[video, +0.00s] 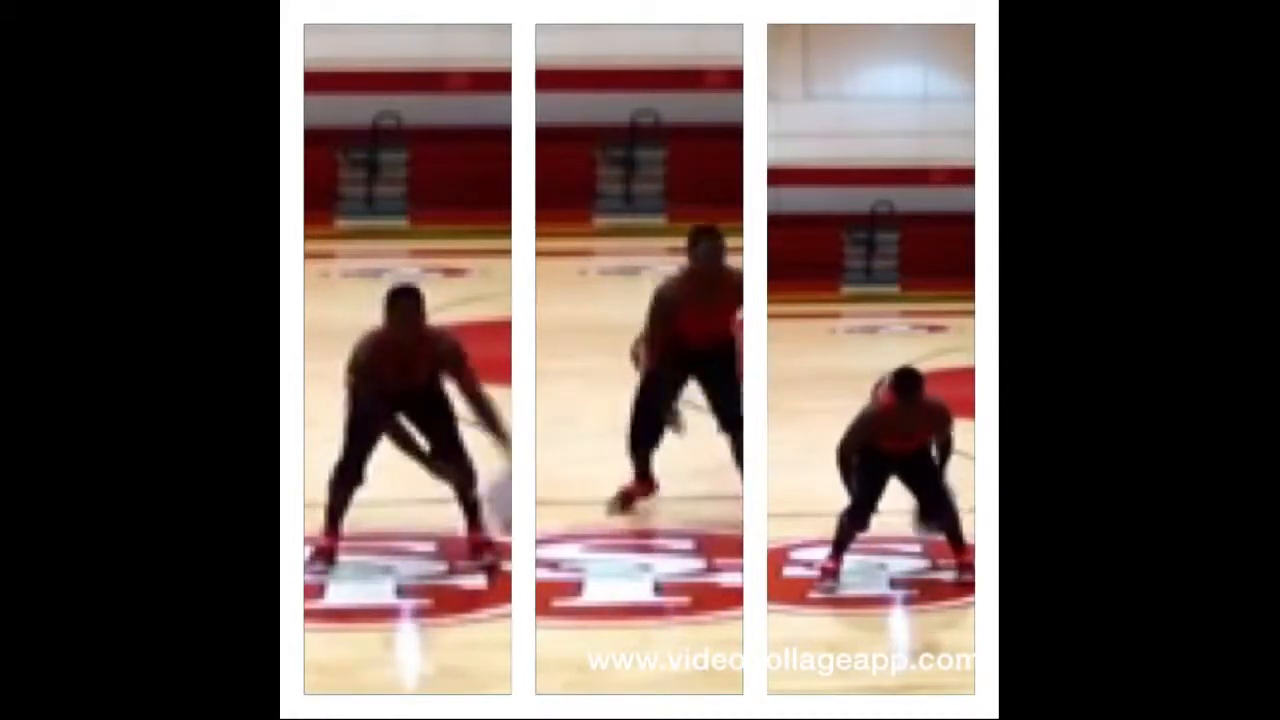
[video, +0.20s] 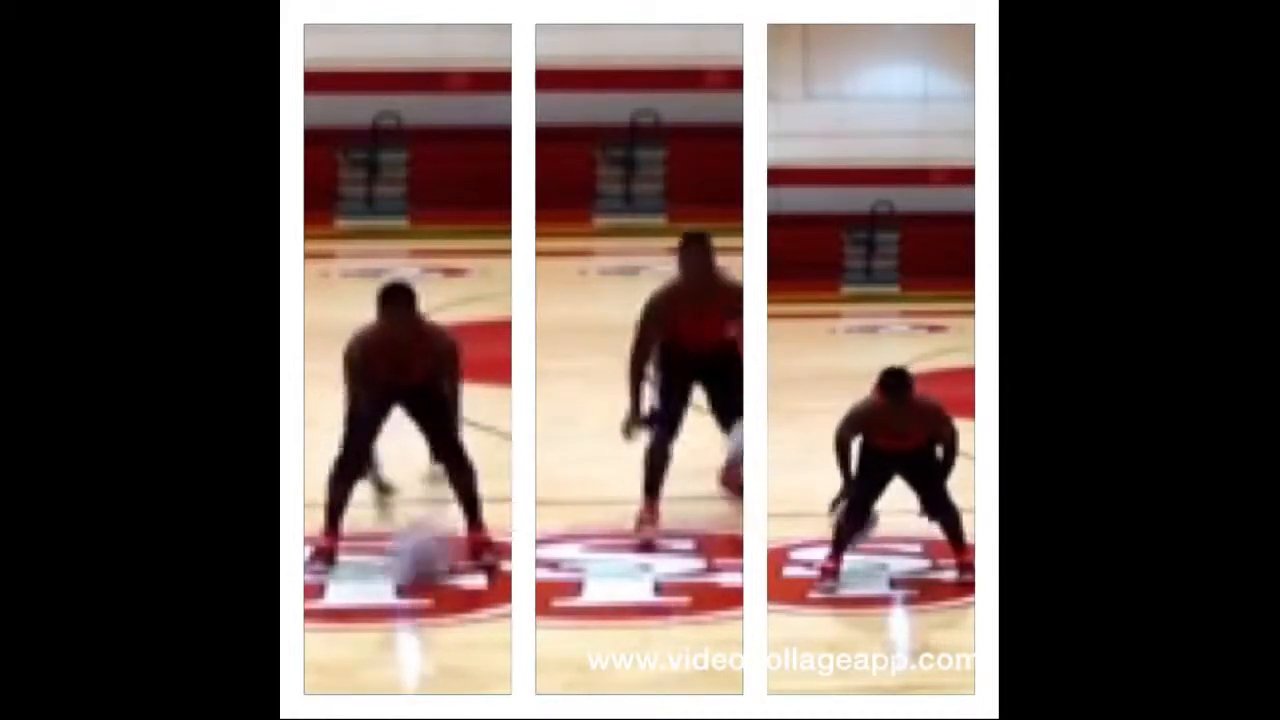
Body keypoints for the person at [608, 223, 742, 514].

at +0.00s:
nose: (710, 261)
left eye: (715, 253)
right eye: (703, 254)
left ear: (723, 253)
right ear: (691, 255)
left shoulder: (735, 285)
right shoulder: (671, 293)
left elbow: (752, 323)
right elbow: (653, 352)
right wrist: (666, 404)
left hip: (717, 354)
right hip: (673, 355)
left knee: (736, 418)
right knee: (646, 412)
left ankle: (754, 483)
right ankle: (643, 479)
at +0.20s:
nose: (696, 271)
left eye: (702, 262)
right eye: (690, 263)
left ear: (712, 261)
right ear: (680, 263)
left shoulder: (732, 297)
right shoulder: (664, 303)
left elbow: (752, 347)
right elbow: (639, 355)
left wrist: (752, 396)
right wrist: (635, 407)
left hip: (721, 363)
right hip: (676, 365)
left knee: (741, 428)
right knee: (662, 434)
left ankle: (733, 474)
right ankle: (650, 506)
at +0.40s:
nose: (687, 268)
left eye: (693, 261)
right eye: (681, 261)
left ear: (704, 261)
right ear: (672, 262)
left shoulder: (727, 298)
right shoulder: (661, 295)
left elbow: (744, 346)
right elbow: (629, 330)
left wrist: (735, 387)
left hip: (721, 364)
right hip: (678, 364)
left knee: (734, 423)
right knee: (666, 430)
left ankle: (733, 473)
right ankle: (649, 503)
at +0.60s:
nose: (683, 265)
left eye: (691, 257)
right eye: (678, 257)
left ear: (703, 259)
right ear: (671, 257)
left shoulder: (724, 295)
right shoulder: (653, 290)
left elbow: (745, 342)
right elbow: (629, 336)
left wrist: (746, 387)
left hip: (714, 353)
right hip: (669, 351)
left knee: (729, 420)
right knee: (637, 418)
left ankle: (756, 487)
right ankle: (648, 496)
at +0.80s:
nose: (696, 266)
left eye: (703, 258)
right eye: (690, 258)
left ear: (713, 260)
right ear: (680, 260)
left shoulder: (728, 297)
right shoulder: (661, 301)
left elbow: (746, 347)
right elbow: (656, 364)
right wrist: (678, 407)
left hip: (709, 367)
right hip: (665, 367)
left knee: (726, 438)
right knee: (629, 434)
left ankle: (749, 506)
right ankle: (648, 497)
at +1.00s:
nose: (702, 259)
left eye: (707, 251)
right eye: (695, 252)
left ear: (717, 250)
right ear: (686, 253)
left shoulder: (735, 277)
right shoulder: (673, 288)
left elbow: (755, 308)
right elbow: (634, 324)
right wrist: (626, 373)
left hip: (720, 351)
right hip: (678, 352)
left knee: (744, 421)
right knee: (651, 423)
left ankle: (734, 476)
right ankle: (650, 494)